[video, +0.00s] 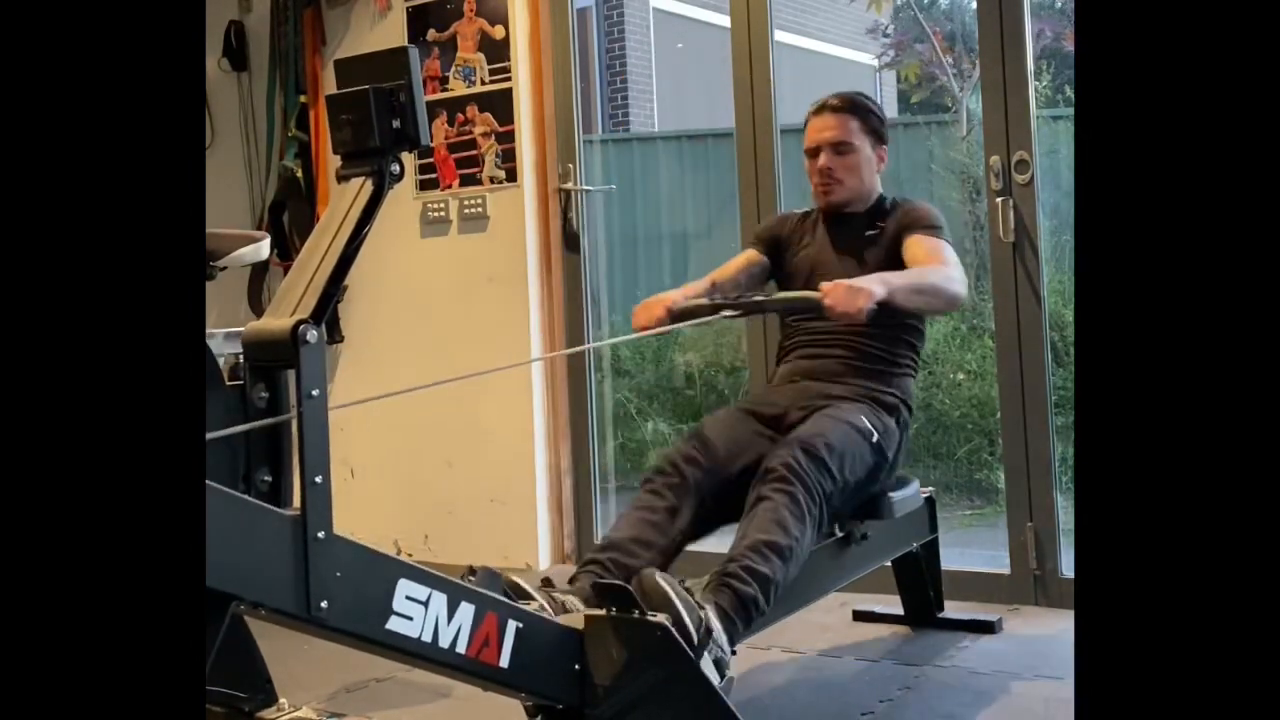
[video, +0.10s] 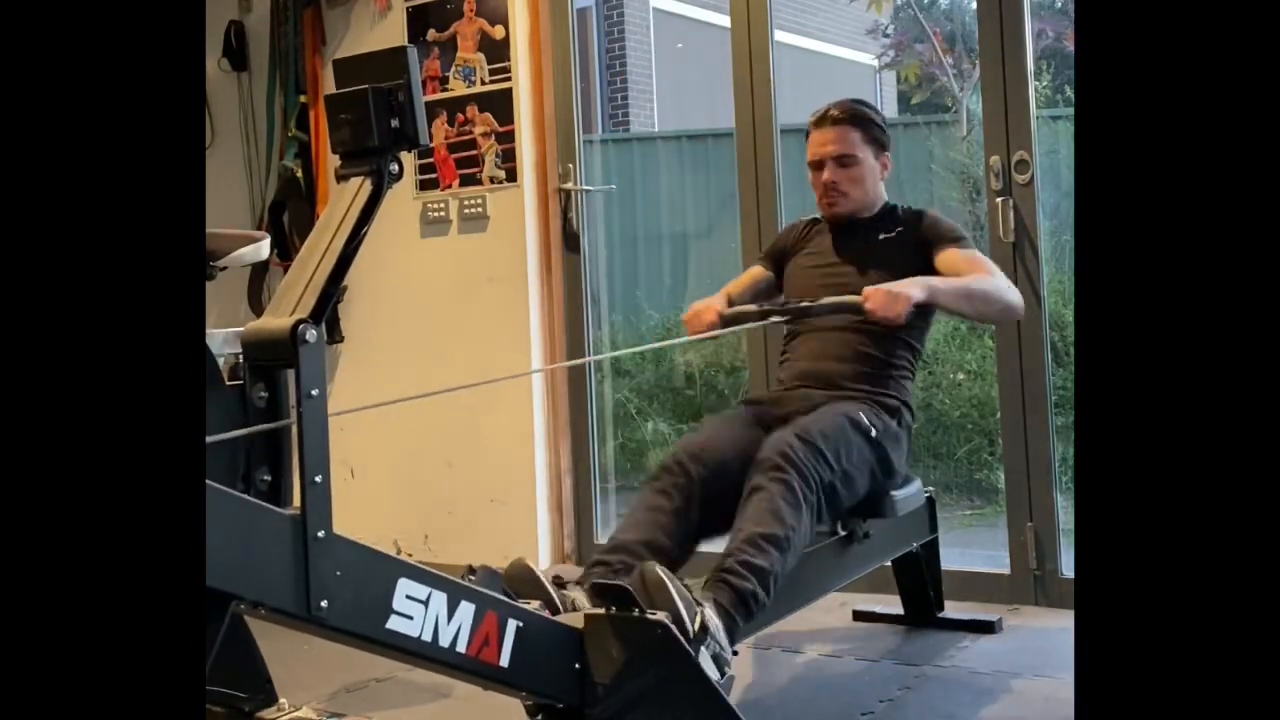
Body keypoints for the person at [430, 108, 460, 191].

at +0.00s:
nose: (446, 118)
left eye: (446, 116)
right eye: (445, 116)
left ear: (442, 116)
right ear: (440, 116)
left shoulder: (443, 125)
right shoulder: (437, 123)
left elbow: (453, 132)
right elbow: (439, 138)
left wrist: (457, 122)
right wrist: (442, 150)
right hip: (440, 148)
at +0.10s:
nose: (446, 118)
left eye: (446, 116)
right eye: (445, 116)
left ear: (442, 116)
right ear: (440, 116)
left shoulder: (441, 124)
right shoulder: (438, 123)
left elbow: (453, 132)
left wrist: (457, 122)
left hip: (437, 148)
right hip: (441, 147)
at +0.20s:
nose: (446, 118)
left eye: (446, 116)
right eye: (445, 116)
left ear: (442, 116)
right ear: (441, 116)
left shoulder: (441, 124)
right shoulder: (438, 123)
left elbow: (453, 132)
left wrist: (457, 122)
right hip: (440, 147)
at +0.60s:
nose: (446, 118)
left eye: (446, 116)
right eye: (444, 116)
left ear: (442, 116)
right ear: (440, 116)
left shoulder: (441, 125)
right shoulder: (438, 123)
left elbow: (453, 132)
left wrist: (457, 122)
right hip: (440, 147)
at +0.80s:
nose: (446, 118)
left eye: (446, 115)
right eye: (445, 115)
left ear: (443, 116)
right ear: (440, 116)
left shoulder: (443, 125)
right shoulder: (437, 123)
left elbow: (453, 132)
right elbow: (439, 138)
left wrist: (457, 122)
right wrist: (442, 150)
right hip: (439, 147)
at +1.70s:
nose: (446, 118)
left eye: (446, 116)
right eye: (444, 116)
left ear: (444, 116)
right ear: (440, 116)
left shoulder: (443, 124)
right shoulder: (437, 124)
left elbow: (453, 132)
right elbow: (438, 139)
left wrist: (457, 122)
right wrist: (442, 150)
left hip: (443, 148)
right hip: (439, 148)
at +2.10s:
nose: (446, 118)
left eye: (446, 115)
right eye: (444, 115)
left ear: (444, 116)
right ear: (440, 116)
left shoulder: (443, 124)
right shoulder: (437, 124)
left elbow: (453, 132)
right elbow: (438, 139)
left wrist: (457, 122)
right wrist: (442, 150)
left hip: (443, 148)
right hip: (439, 148)